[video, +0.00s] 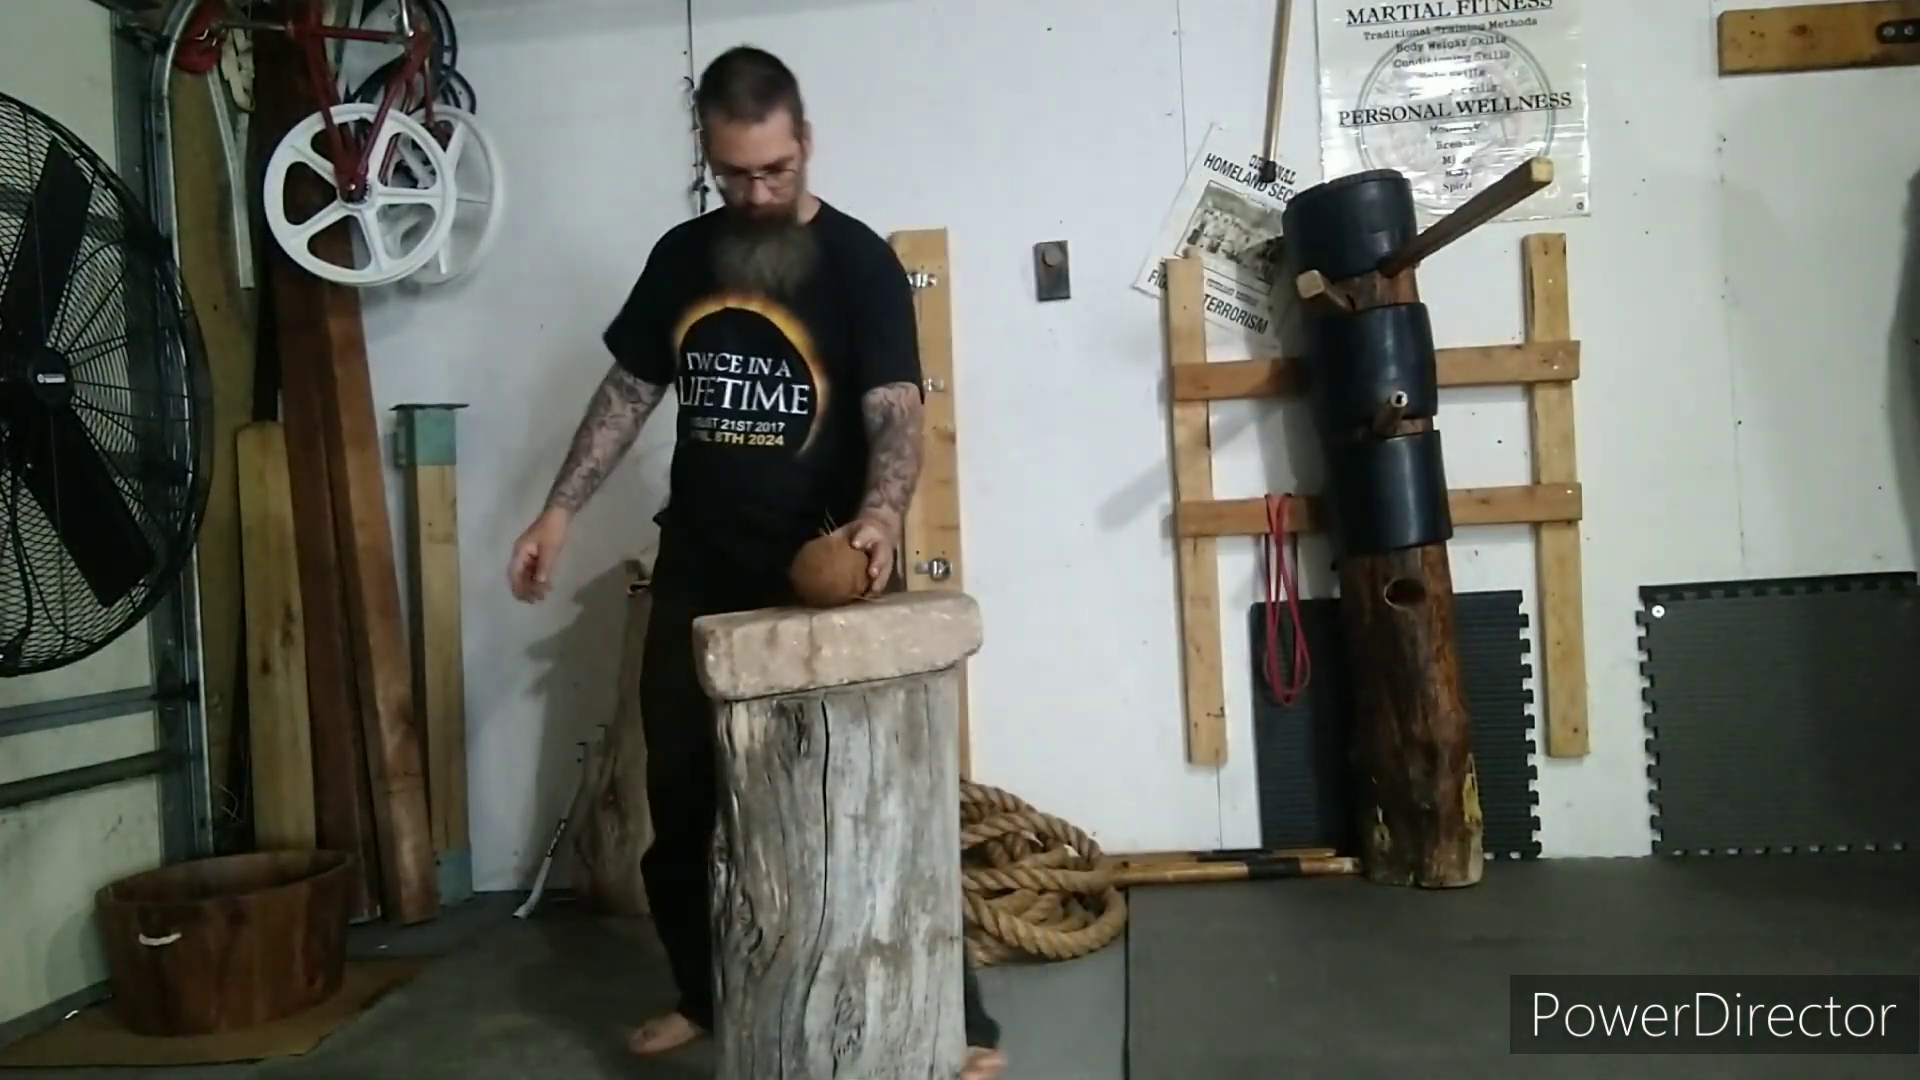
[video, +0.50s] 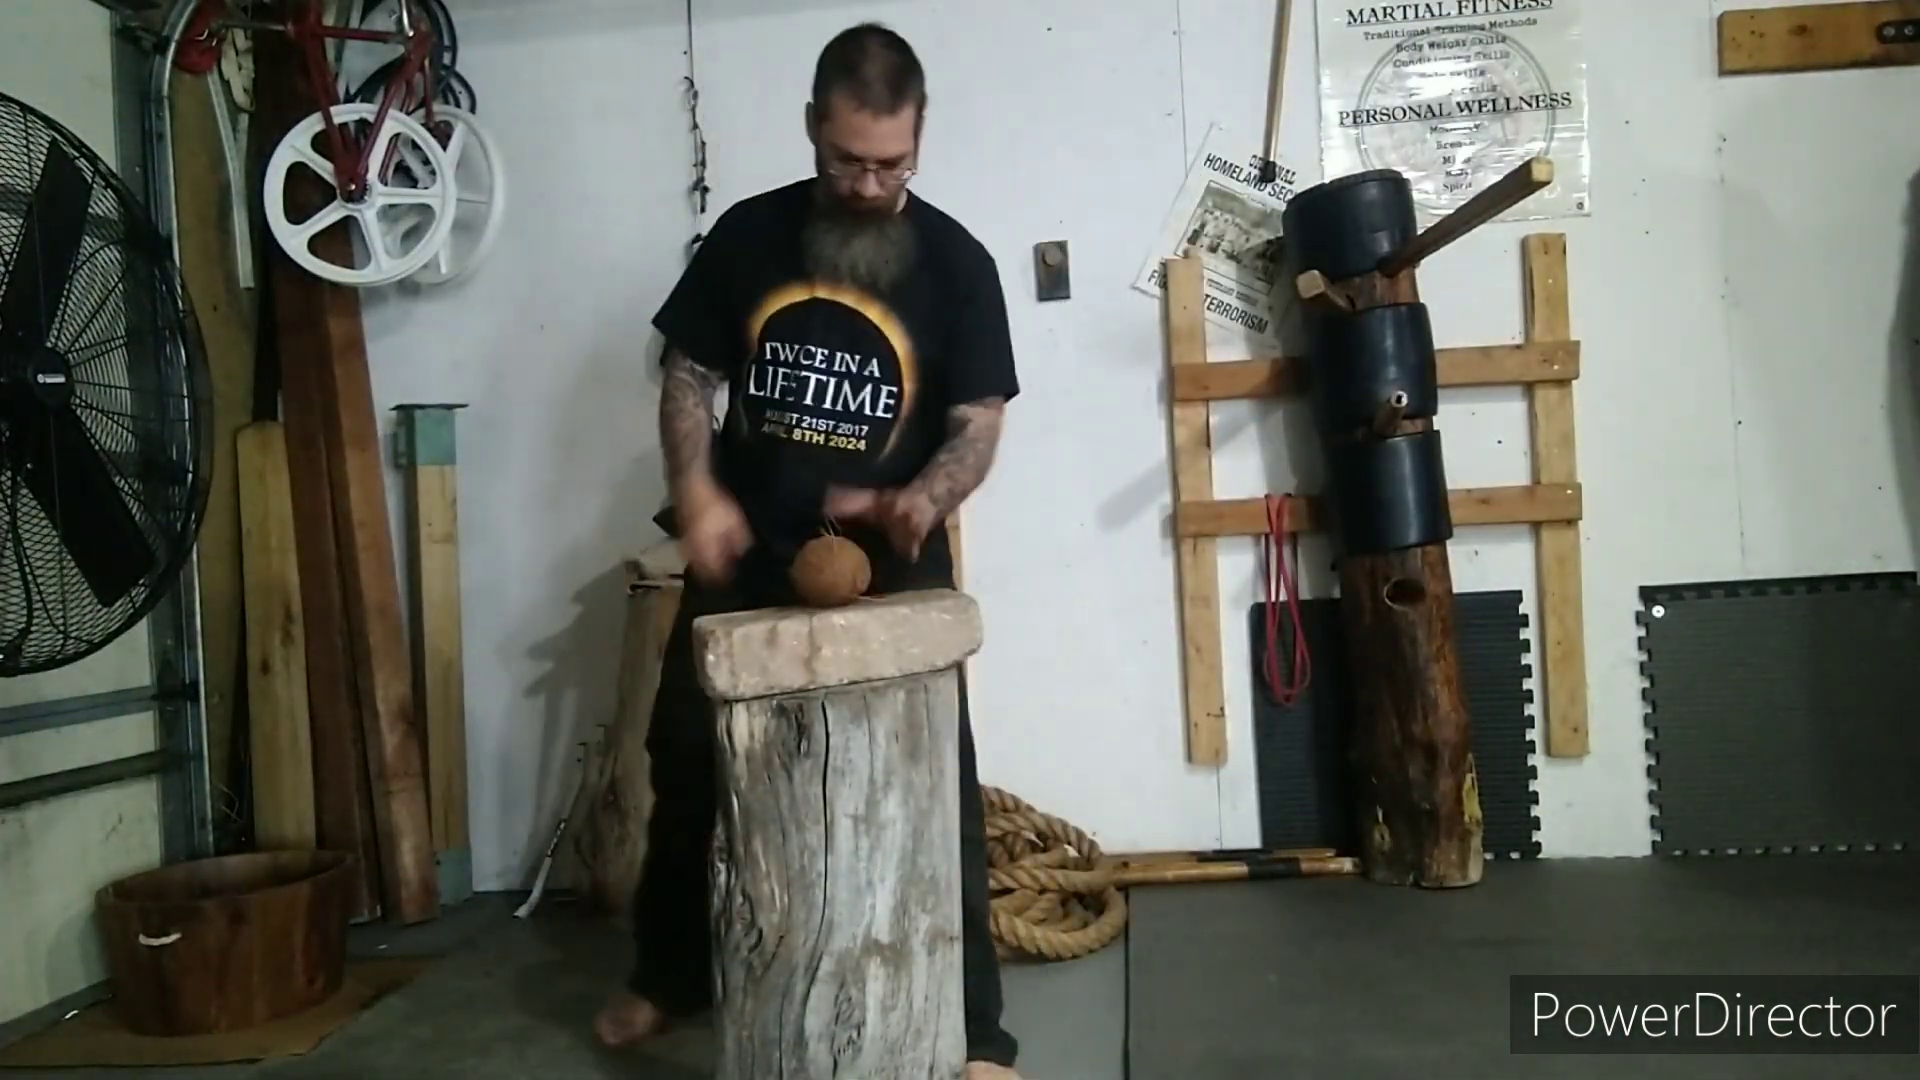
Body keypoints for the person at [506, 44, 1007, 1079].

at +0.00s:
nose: (758, 190)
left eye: (775, 168)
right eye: (736, 171)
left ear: (806, 142)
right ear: (707, 153)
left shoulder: (862, 262)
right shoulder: (681, 257)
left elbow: (897, 421)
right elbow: (628, 391)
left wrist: (881, 521)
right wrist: (557, 512)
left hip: (828, 584)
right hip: (699, 578)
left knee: (874, 808)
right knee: (681, 805)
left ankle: (958, 1022)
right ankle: (700, 1000)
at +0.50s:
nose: (866, 183)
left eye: (888, 162)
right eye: (846, 159)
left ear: (920, 134)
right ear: (812, 128)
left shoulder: (958, 262)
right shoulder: (744, 237)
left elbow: (979, 421)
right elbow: (686, 373)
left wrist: (923, 499)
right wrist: (695, 494)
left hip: (898, 562)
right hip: (744, 556)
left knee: (938, 794)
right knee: (689, 776)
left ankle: (975, 1030)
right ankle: (665, 981)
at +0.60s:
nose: (870, 185)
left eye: (892, 165)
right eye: (850, 163)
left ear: (920, 137)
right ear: (813, 130)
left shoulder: (955, 263)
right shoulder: (736, 239)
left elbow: (985, 422)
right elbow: (676, 378)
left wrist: (928, 480)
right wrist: (714, 465)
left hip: (894, 555)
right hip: (739, 554)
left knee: (939, 791)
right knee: (681, 774)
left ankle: (974, 1029)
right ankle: (647, 980)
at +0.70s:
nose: (858, 192)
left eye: (881, 172)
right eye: (839, 169)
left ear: (908, 146)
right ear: (802, 137)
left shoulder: (939, 267)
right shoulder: (725, 240)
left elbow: (974, 427)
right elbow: (659, 384)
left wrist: (900, 461)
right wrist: (737, 443)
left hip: (883, 563)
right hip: (730, 560)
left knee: (932, 793)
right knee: (673, 779)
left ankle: (973, 1030)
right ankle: (634, 988)